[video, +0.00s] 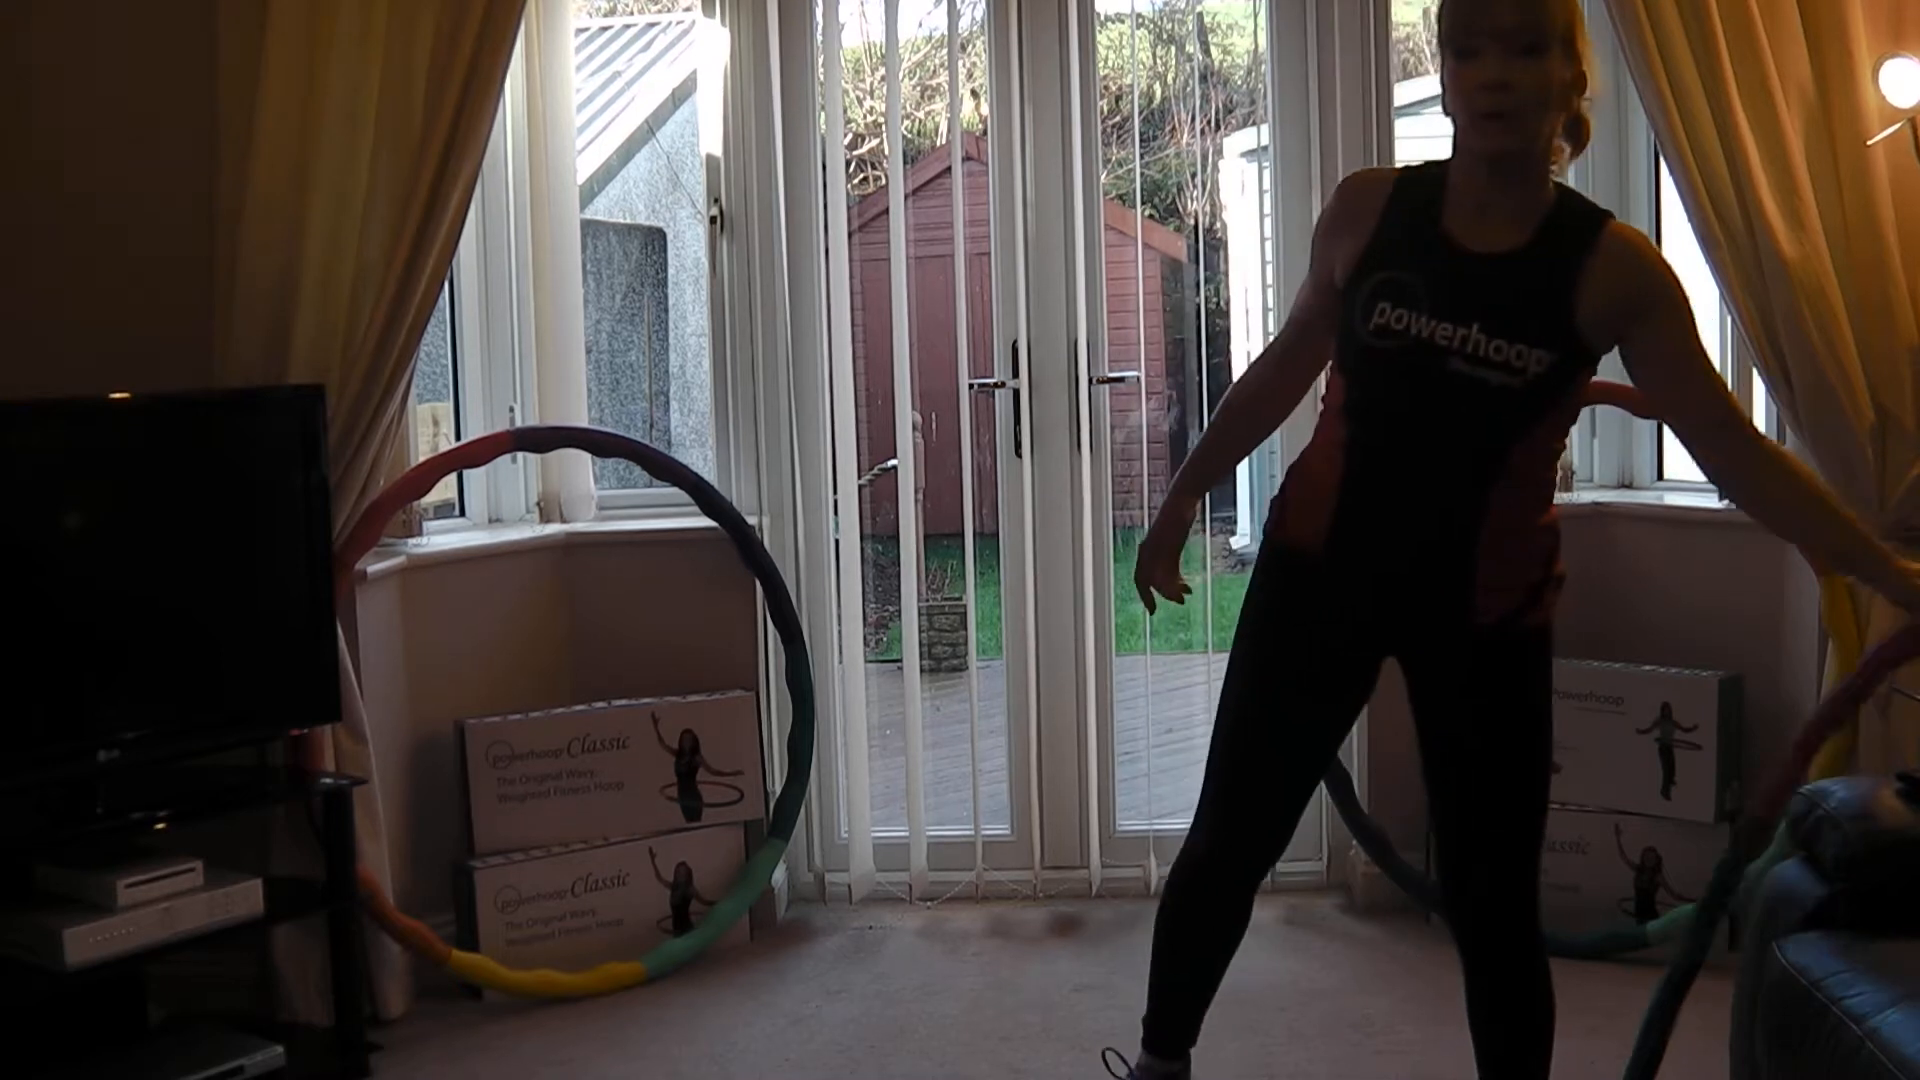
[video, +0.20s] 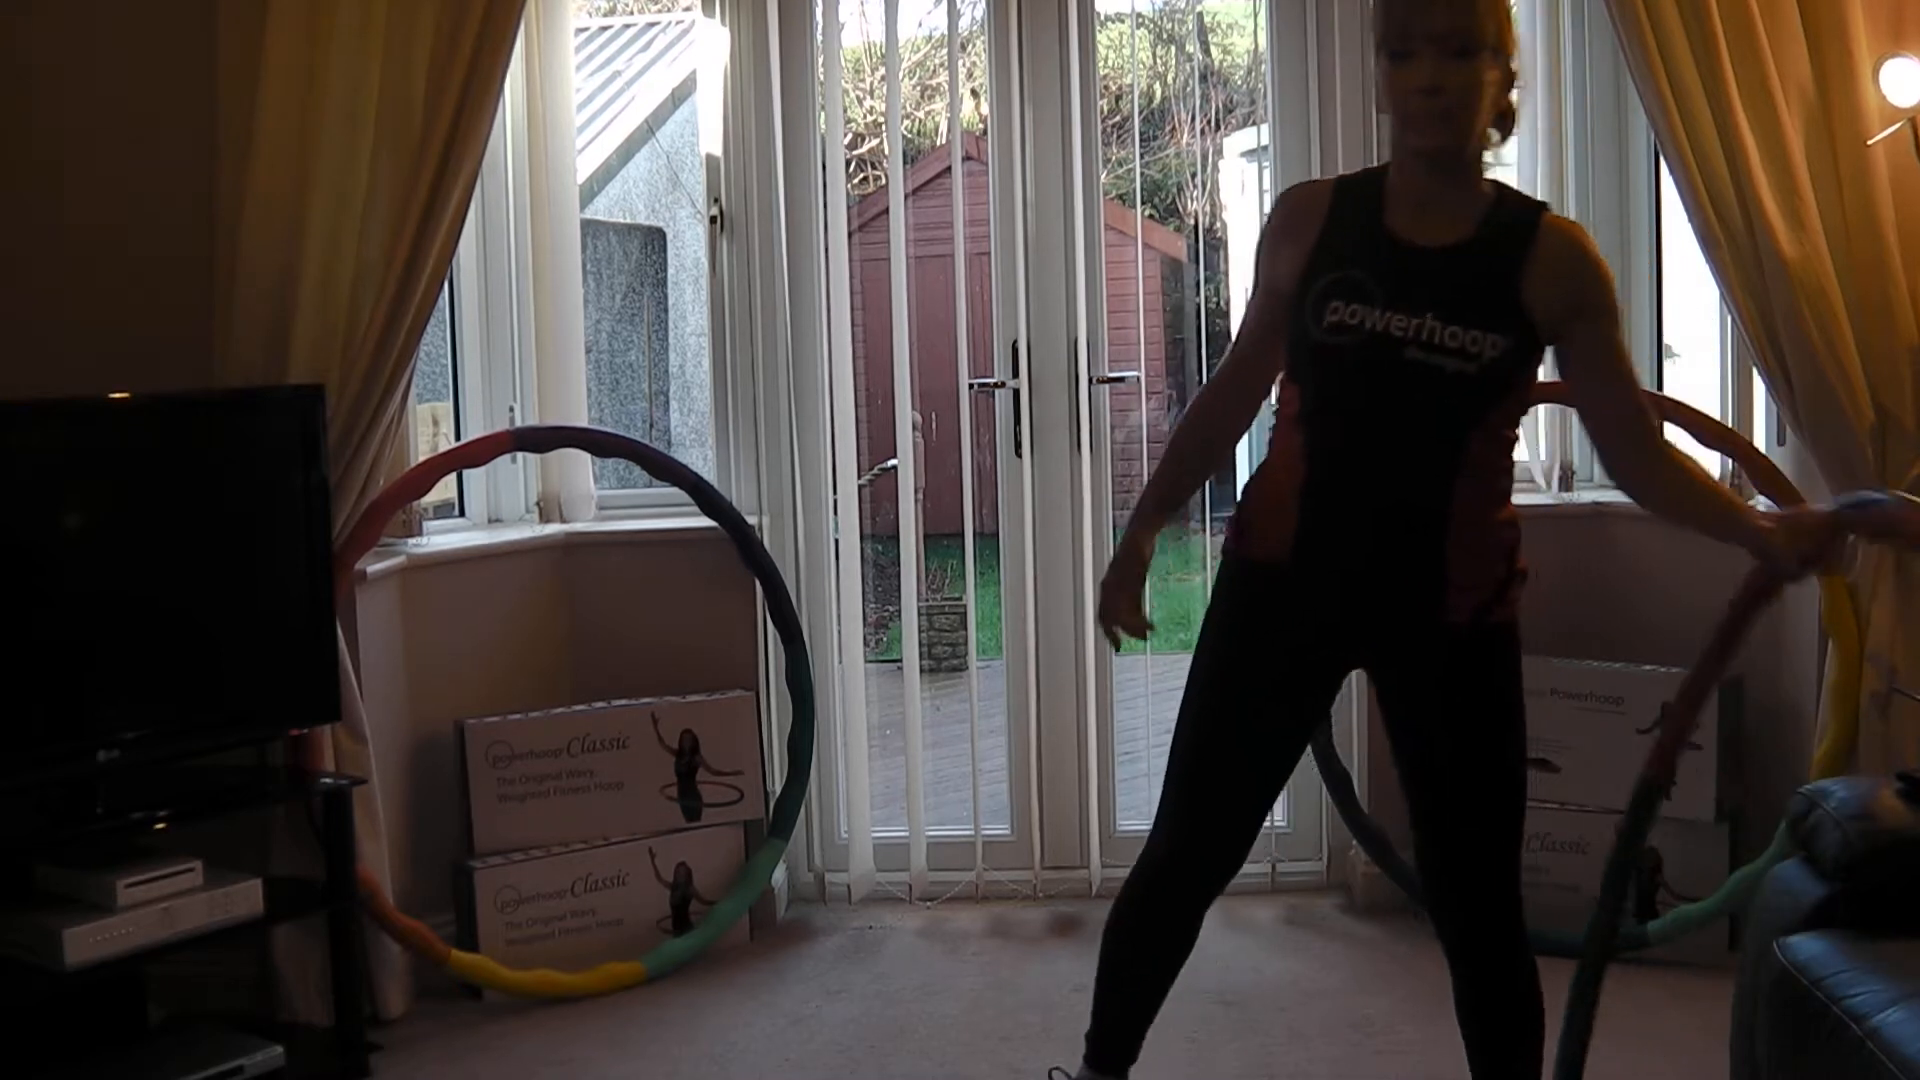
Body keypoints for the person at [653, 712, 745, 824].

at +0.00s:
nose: (686, 742)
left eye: (689, 739)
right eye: (684, 739)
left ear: (694, 741)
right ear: (680, 741)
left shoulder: (696, 757)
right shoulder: (678, 755)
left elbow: (712, 771)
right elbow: (663, 745)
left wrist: (733, 774)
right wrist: (655, 726)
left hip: (693, 794)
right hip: (682, 795)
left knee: (696, 828)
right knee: (691, 828)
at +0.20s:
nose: (686, 742)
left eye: (689, 739)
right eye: (684, 739)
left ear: (694, 741)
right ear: (680, 741)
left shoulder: (696, 757)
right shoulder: (678, 755)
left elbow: (712, 772)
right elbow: (663, 745)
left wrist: (733, 773)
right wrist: (655, 726)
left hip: (693, 794)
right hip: (682, 794)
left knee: (696, 827)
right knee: (690, 828)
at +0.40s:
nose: (685, 742)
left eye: (688, 739)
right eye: (683, 739)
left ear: (694, 742)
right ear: (680, 741)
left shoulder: (696, 757)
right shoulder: (678, 755)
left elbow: (712, 772)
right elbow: (662, 745)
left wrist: (733, 773)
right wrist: (655, 726)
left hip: (692, 795)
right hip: (682, 795)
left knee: (695, 828)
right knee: (690, 828)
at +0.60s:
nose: (685, 742)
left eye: (688, 739)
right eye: (683, 739)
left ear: (694, 742)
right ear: (680, 741)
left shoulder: (696, 758)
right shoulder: (678, 755)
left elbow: (712, 772)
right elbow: (662, 745)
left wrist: (733, 773)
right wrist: (655, 726)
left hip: (693, 795)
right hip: (682, 795)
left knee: (695, 828)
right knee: (691, 828)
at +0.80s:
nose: (686, 742)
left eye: (689, 739)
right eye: (684, 739)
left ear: (694, 741)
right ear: (680, 741)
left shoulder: (696, 758)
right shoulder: (678, 755)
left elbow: (712, 772)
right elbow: (662, 744)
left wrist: (733, 774)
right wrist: (655, 726)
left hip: (693, 795)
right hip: (682, 795)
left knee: (695, 828)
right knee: (690, 828)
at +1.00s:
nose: (686, 742)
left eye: (689, 739)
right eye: (684, 739)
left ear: (694, 741)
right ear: (680, 741)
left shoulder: (696, 757)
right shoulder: (678, 754)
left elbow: (712, 772)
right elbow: (662, 744)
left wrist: (733, 774)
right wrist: (655, 726)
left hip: (693, 794)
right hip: (682, 794)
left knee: (695, 828)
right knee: (690, 828)